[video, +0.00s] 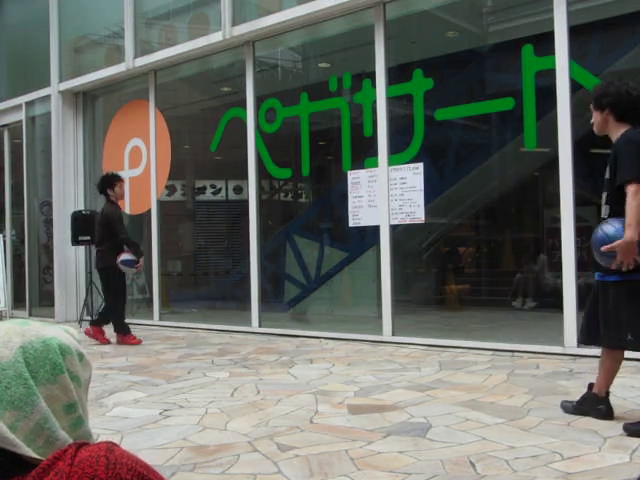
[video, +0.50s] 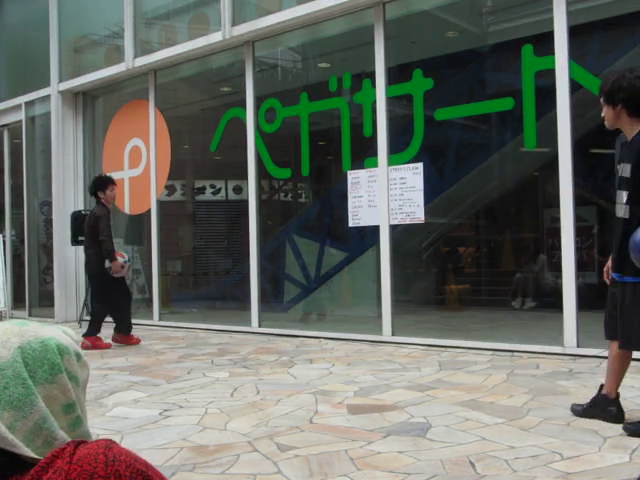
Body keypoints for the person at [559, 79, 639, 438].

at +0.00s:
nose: (591, 118)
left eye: (593, 112)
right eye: (591, 112)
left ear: (608, 112)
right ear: (612, 112)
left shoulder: (628, 143)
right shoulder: (624, 144)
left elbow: (633, 191)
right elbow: (625, 196)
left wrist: (632, 237)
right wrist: (621, 242)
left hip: (622, 254)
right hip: (620, 252)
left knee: (614, 322)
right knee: (613, 322)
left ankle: (599, 394)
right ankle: (599, 393)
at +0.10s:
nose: (594, 116)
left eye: (596, 109)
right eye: (594, 109)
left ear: (612, 111)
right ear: (616, 111)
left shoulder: (631, 147)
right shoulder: (626, 146)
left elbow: (632, 204)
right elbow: (625, 205)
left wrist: (637, 248)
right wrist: (619, 248)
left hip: (627, 261)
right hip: (621, 258)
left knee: (620, 327)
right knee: (616, 326)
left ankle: (601, 394)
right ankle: (601, 393)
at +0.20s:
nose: (598, 115)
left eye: (600, 108)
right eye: (598, 108)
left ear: (615, 109)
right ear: (619, 109)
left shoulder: (632, 145)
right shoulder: (625, 145)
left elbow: (630, 207)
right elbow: (624, 205)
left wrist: (624, 258)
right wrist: (617, 259)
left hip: (630, 264)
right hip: (623, 262)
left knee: (624, 328)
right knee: (621, 327)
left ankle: (605, 393)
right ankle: (604, 393)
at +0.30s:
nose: (599, 113)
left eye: (602, 106)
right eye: (599, 106)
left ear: (618, 108)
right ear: (619, 107)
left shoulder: (633, 145)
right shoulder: (622, 144)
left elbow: (629, 212)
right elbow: (623, 209)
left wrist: (624, 261)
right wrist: (617, 260)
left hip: (632, 262)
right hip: (625, 260)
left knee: (627, 331)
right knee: (624, 330)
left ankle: (613, 397)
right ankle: (612, 397)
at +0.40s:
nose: (601, 114)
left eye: (604, 107)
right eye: (601, 107)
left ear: (619, 108)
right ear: (619, 107)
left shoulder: (633, 146)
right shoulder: (622, 145)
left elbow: (629, 213)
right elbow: (623, 210)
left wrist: (623, 260)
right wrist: (616, 258)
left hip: (632, 259)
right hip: (624, 258)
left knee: (629, 334)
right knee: (626, 332)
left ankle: (613, 396)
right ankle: (613, 396)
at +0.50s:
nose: (602, 113)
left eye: (605, 107)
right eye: (602, 106)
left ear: (620, 108)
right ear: (620, 107)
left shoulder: (633, 146)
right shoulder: (622, 145)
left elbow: (629, 212)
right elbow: (623, 210)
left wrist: (619, 256)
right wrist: (614, 255)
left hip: (633, 258)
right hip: (623, 258)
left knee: (625, 332)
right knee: (620, 328)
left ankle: (610, 398)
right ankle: (608, 397)